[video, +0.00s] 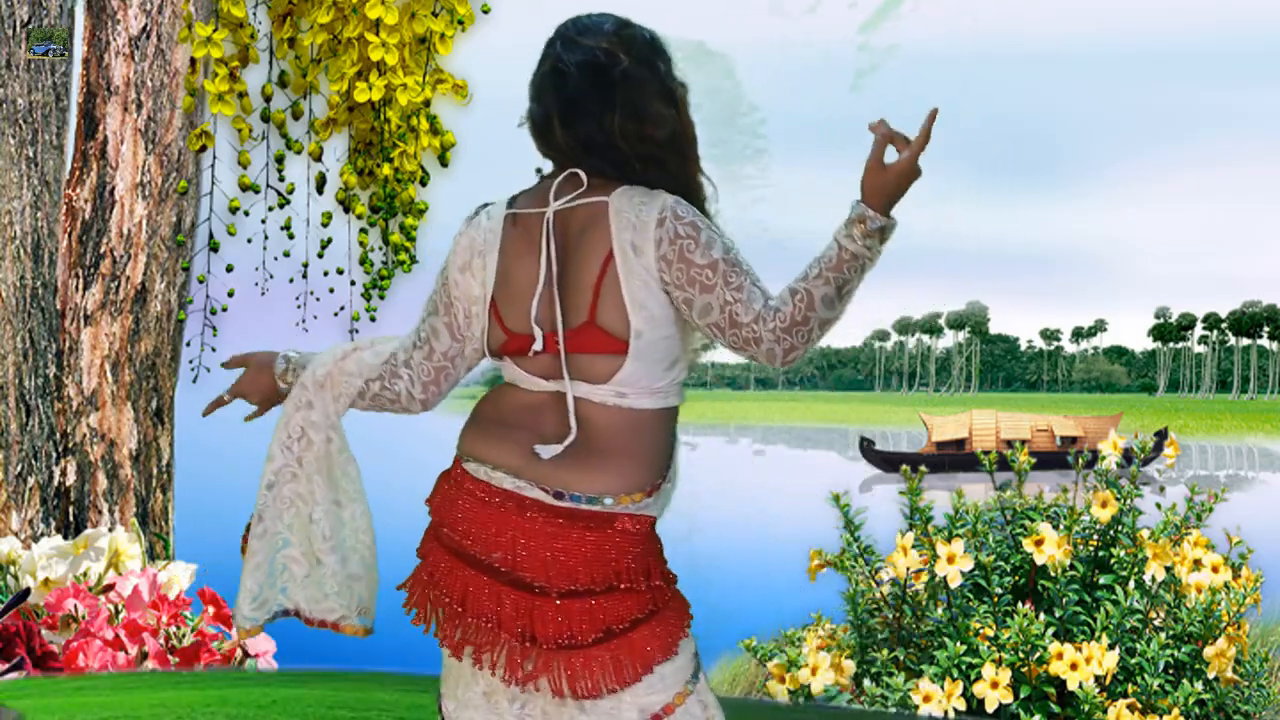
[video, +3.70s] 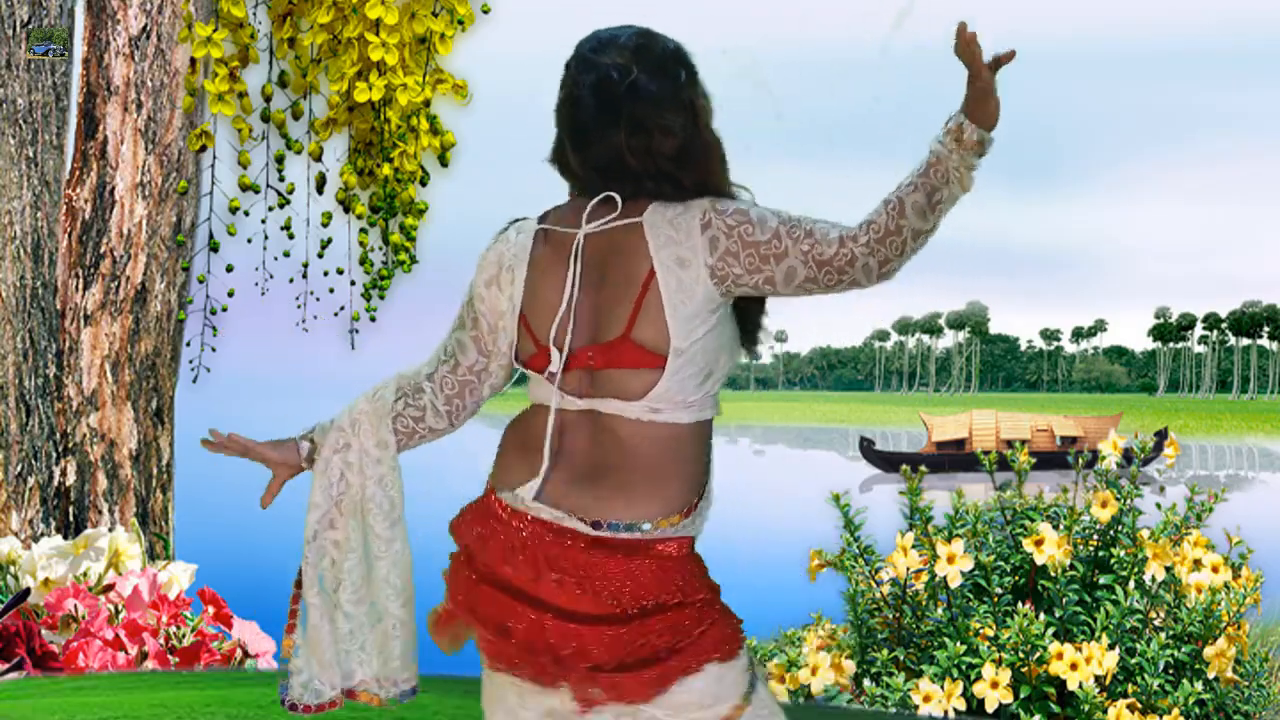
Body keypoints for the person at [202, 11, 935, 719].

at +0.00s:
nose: (681, 111)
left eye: (675, 90)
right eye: (671, 93)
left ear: (549, 112)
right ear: (645, 108)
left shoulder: (490, 231)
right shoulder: (662, 223)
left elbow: (415, 380)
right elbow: (776, 339)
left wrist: (293, 374)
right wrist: (871, 216)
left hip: (475, 505)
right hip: (600, 533)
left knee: (488, 694)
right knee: (649, 700)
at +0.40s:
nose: (735, 123)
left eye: (725, 102)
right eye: (727, 104)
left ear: (597, 113)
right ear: (709, 116)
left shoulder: (526, 235)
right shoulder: (722, 229)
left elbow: (486, 406)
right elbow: (834, 353)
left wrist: (351, 427)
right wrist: (928, 244)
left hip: (575, 516)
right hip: (715, 505)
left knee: (585, 698)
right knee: (741, 700)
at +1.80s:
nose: (681, 119)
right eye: (670, 101)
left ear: (543, 133)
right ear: (656, 120)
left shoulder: (501, 262)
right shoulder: (696, 235)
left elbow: (446, 421)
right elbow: (830, 310)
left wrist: (330, 350)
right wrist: (887, 173)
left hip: (488, 521)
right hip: (624, 548)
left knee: (490, 696)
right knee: (653, 701)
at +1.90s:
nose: (678, 119)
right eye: (667, 101)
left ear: (541, 128)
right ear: (656, 116)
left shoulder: (502, 255)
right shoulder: (698, 229)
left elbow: (449, 417)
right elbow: (828, 310)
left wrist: (327, 350)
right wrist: (885, 175)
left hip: (499, 518)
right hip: (634, 539)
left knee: (495, 695)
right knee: (657, 703)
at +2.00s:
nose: (705, 110)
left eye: (697, 89)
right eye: (696, 92)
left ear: (570, 115)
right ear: (678, 108)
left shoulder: (514, 243)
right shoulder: (711, 221)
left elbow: (469, 407)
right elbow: (844, 309)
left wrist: (331, 375)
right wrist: (913, 174)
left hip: (543, 522)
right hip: (684, 521)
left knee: (552, 693)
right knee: (710, 700)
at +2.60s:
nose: (772, 135)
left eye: (764, 111)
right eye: (760, 115)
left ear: (633, 131)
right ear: (740, 131)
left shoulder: (558, 254)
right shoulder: (742, 248)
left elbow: (496, 394)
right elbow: (902, 292)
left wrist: (387, 479)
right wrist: (952, 147)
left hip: (619, 531)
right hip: (744, 508)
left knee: (650, 709)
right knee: (792, 708)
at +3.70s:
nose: (705, 124)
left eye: (692, 108)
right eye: (694, 109)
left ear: (570, 130)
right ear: (681, 122)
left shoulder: (516, 250)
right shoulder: (705, 232)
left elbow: (439, 397)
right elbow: (866, 252)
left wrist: (308, 449)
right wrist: (969, 134)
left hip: (512, 540)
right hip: (643, 558)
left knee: (530, 700)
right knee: (717, 699)